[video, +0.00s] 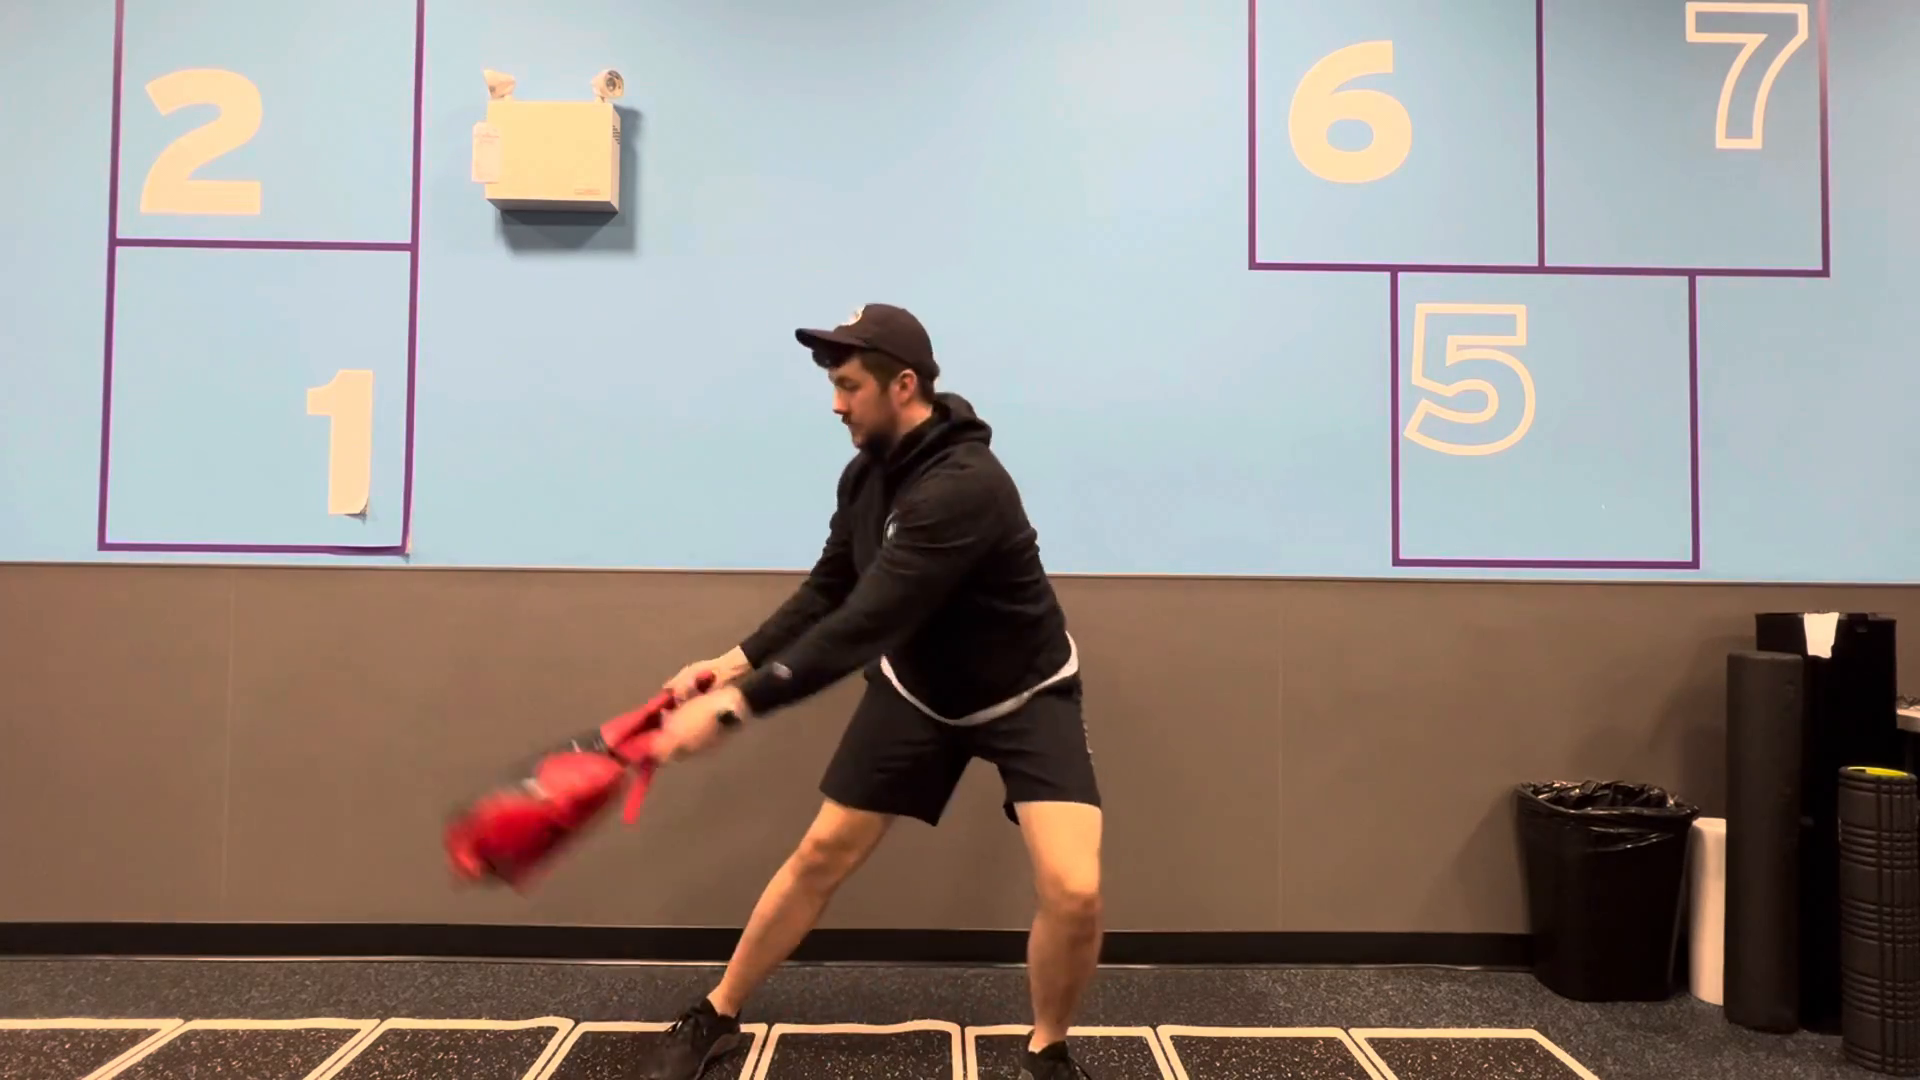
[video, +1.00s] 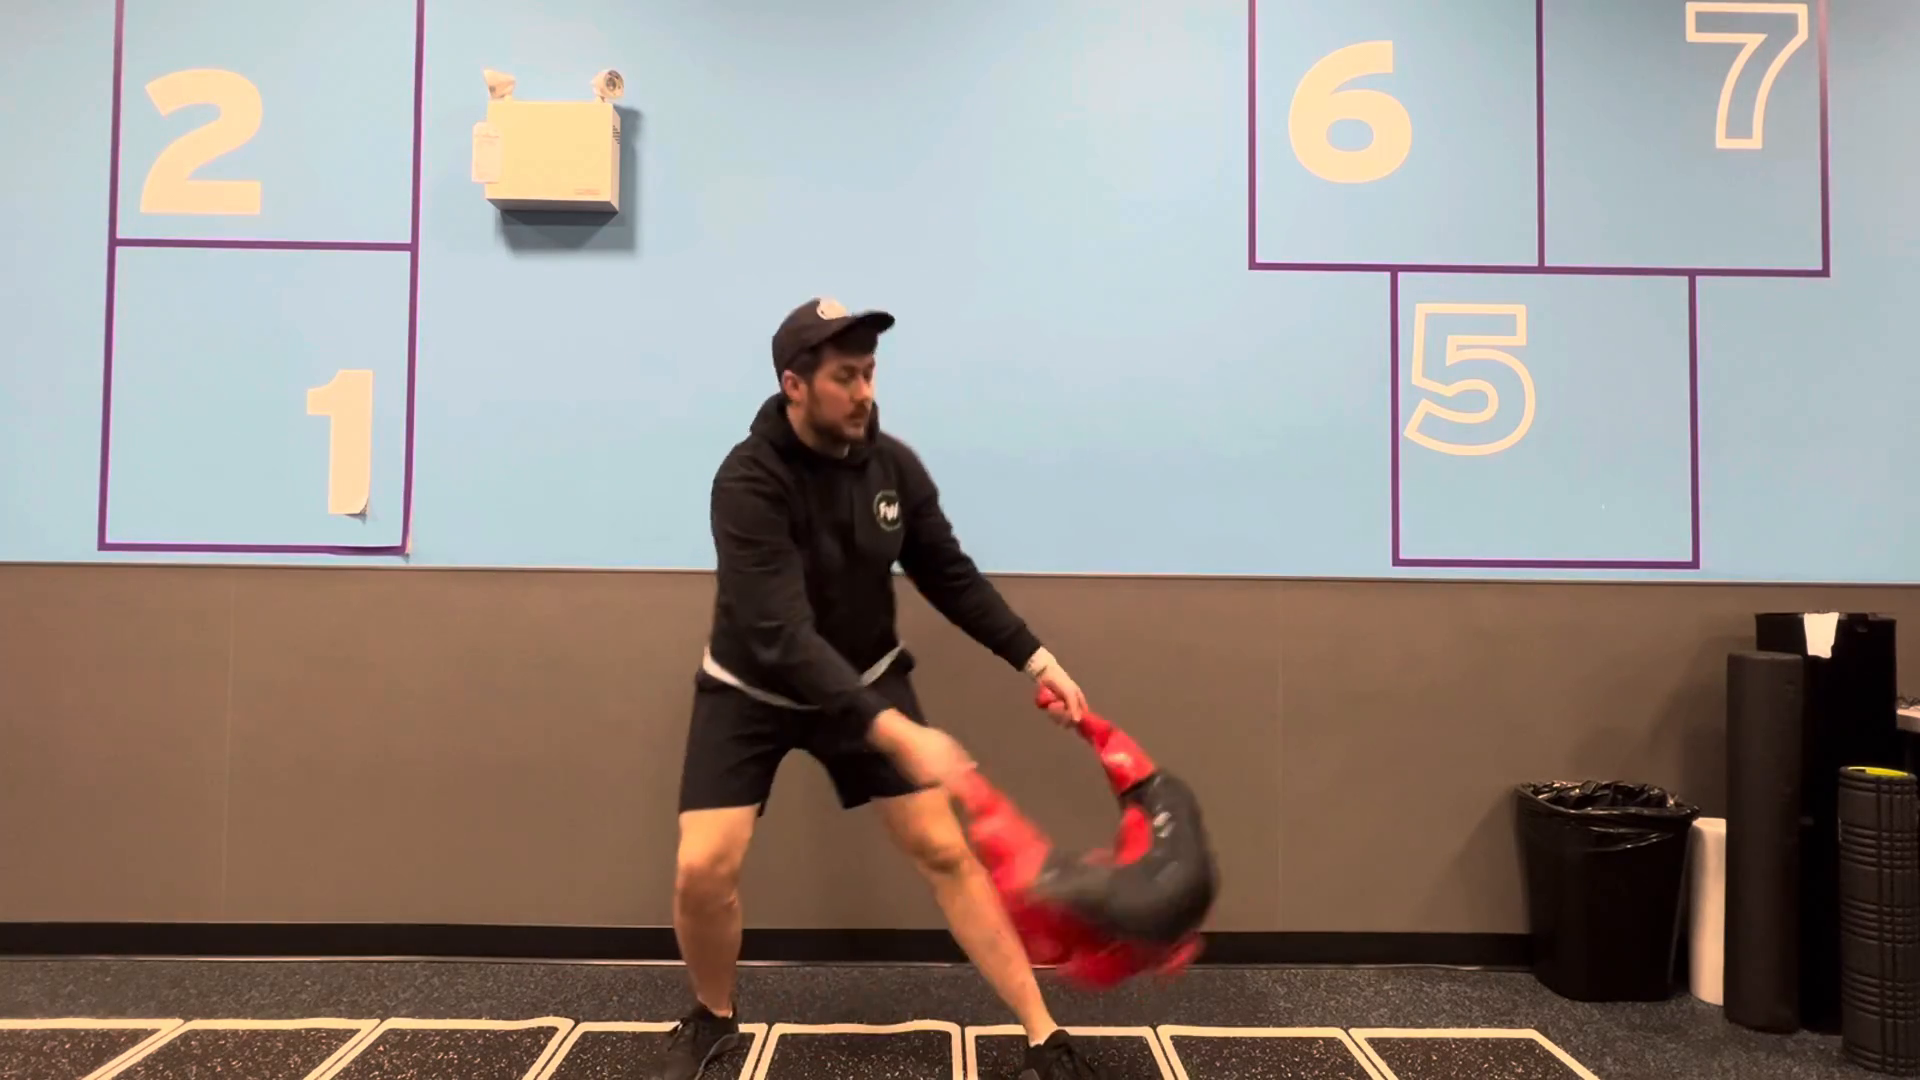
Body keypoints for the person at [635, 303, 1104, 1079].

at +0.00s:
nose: (836, 403)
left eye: (850, 386)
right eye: (835, 386)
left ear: (906, 386)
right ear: (887, 389)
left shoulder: (962, 487)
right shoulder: (866, 476)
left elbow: (866, 624)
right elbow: (828, 588)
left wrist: (735, 703)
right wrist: (734, 661)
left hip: (1026, 692)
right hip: (911, 689)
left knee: (1076, 891)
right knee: (820, 855)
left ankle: (1048, 1050)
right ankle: (715, 1016)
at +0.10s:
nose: (849, 384)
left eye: (864, 367)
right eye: (840, 368)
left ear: (916, 362)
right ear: (833, 367)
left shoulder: (973, 468)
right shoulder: (844, 458)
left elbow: (925, 624)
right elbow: (812, 569)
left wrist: (832, 738)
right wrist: (733, 668)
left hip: (1004, 676)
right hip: (892, 672)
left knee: (1056, 869)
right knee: (804, 846)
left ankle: (1047, 1050)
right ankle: (716, 1017)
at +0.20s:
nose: (862, 367)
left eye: (877, 349)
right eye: (846, 351)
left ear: (914, 343)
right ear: (830, 353)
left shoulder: (970, 447)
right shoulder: (811, 442)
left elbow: (978, 598)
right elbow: (772, 570)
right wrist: (737, 693)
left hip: (972, 658)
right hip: (856, 659)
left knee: (1027, 844)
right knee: (783, 832)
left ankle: (1046, 1046)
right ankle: (724, 1008)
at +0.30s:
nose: (883, 361)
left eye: (893, 342)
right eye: (864, 346)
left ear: (907, 342)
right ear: (822, 351)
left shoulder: (952, 438)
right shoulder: (780, 447)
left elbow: (994, 573)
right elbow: (766, 595)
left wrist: (1039, 693)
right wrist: (808, 729)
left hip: (933, 656)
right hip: (812, 662)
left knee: (988, 833)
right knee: (742, 833)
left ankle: (1034, 1031)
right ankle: (717, 1012)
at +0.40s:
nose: (892, 374)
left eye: (893, 358)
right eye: (873, 363)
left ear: (896, 358)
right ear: (819, 375)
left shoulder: (915, 451)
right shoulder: (767, 468)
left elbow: (978, 566)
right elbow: (797, 623)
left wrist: (1055, 659)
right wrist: (897, 731)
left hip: (889, 667)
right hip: (770, 670)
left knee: (952, 831)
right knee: (705, 850)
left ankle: (1040, 1038)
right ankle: (716, 1014)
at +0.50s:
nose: (894, 407)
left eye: (892, 390)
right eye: (877, 395)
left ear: (851, 403)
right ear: (823, 408)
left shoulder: (891, 480)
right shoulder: (763, 500)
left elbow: (952, 577)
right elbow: (838, 633)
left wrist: (1050, 647)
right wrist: (978, 709)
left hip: (853, 691)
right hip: (736, 696)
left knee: (933, 852)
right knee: (687, 877)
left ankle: (1041, 1038)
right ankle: (714, 1019)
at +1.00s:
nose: (865, 390)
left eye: (869, 372)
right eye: (845, 376)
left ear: (876, 373)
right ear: (793, 387)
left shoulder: (892, 468)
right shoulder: (750, 481)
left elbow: (949, 578)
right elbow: (783, 636)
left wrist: (1038, 662)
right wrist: (896, 731)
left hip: (867, 682)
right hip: (748, 689)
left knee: (946, 848)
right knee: (701, 868)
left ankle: (1044, 1036)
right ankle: (713, 1020)